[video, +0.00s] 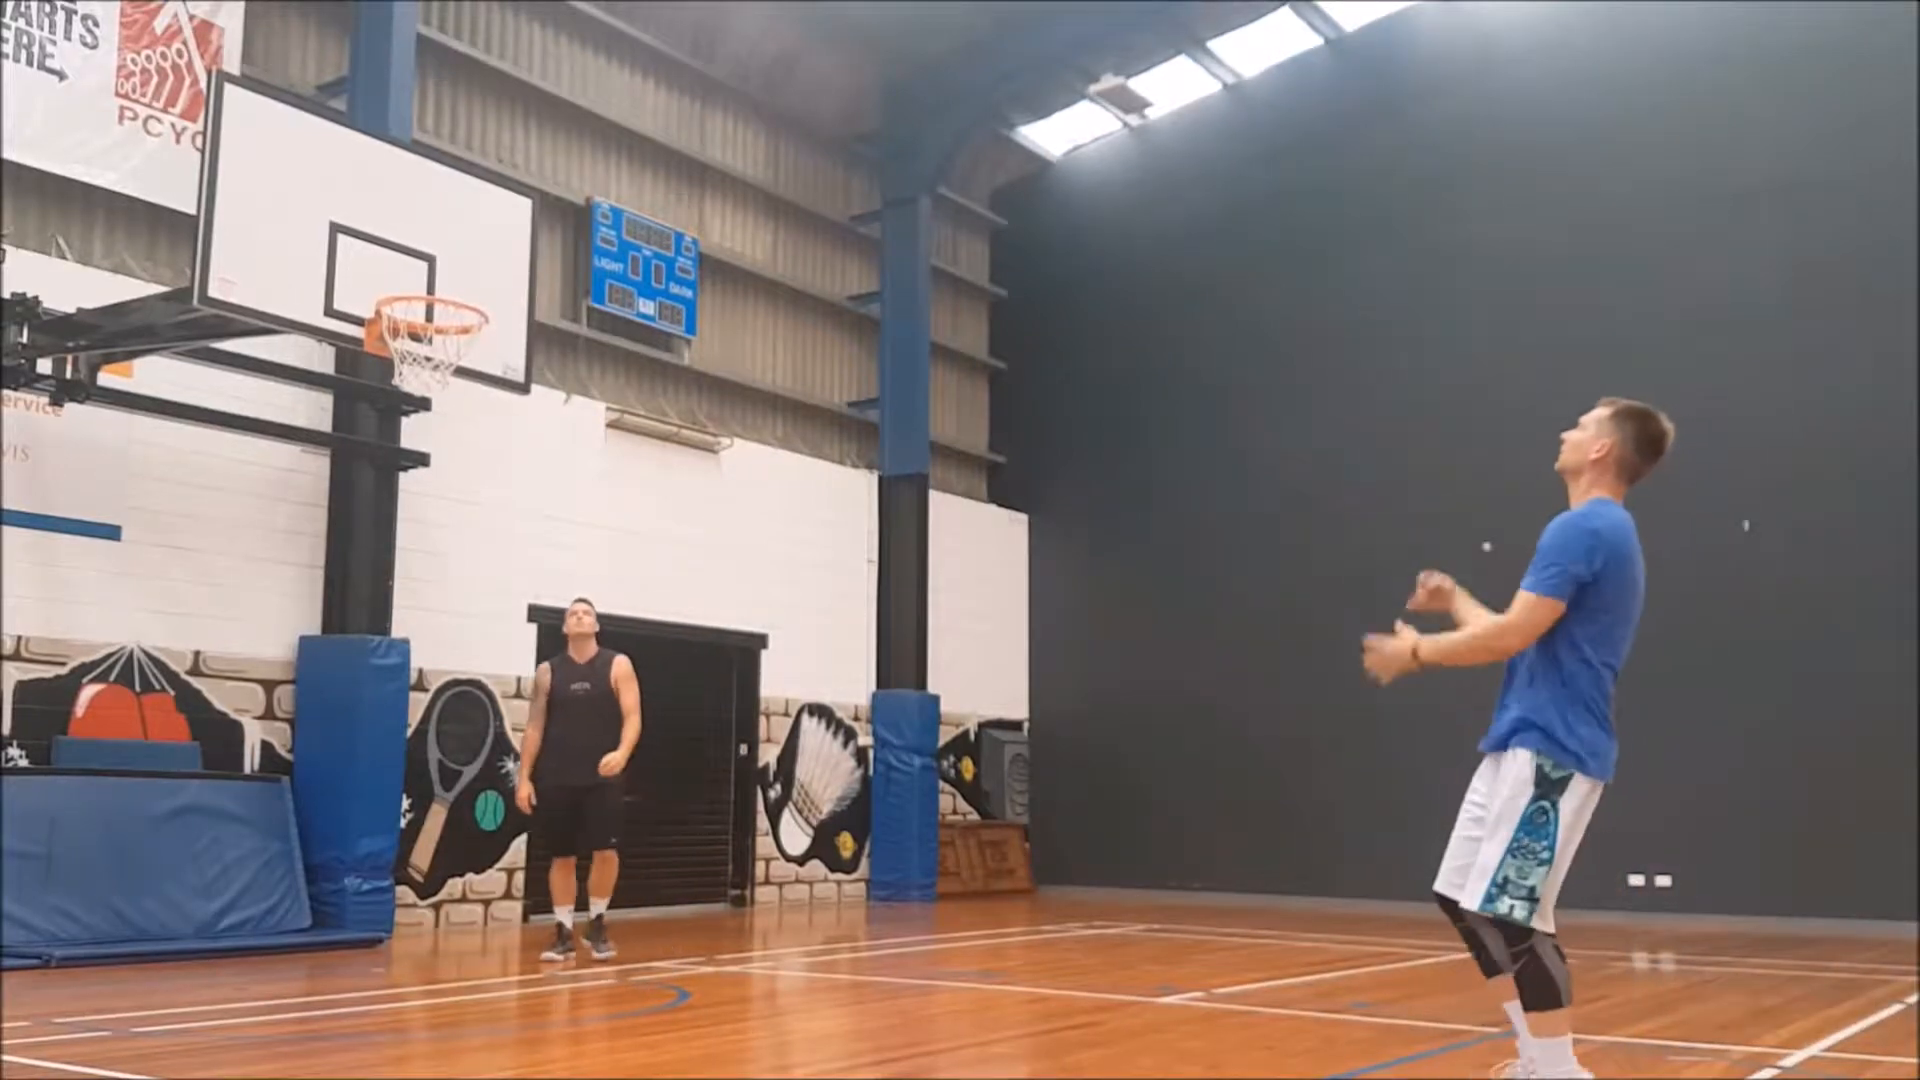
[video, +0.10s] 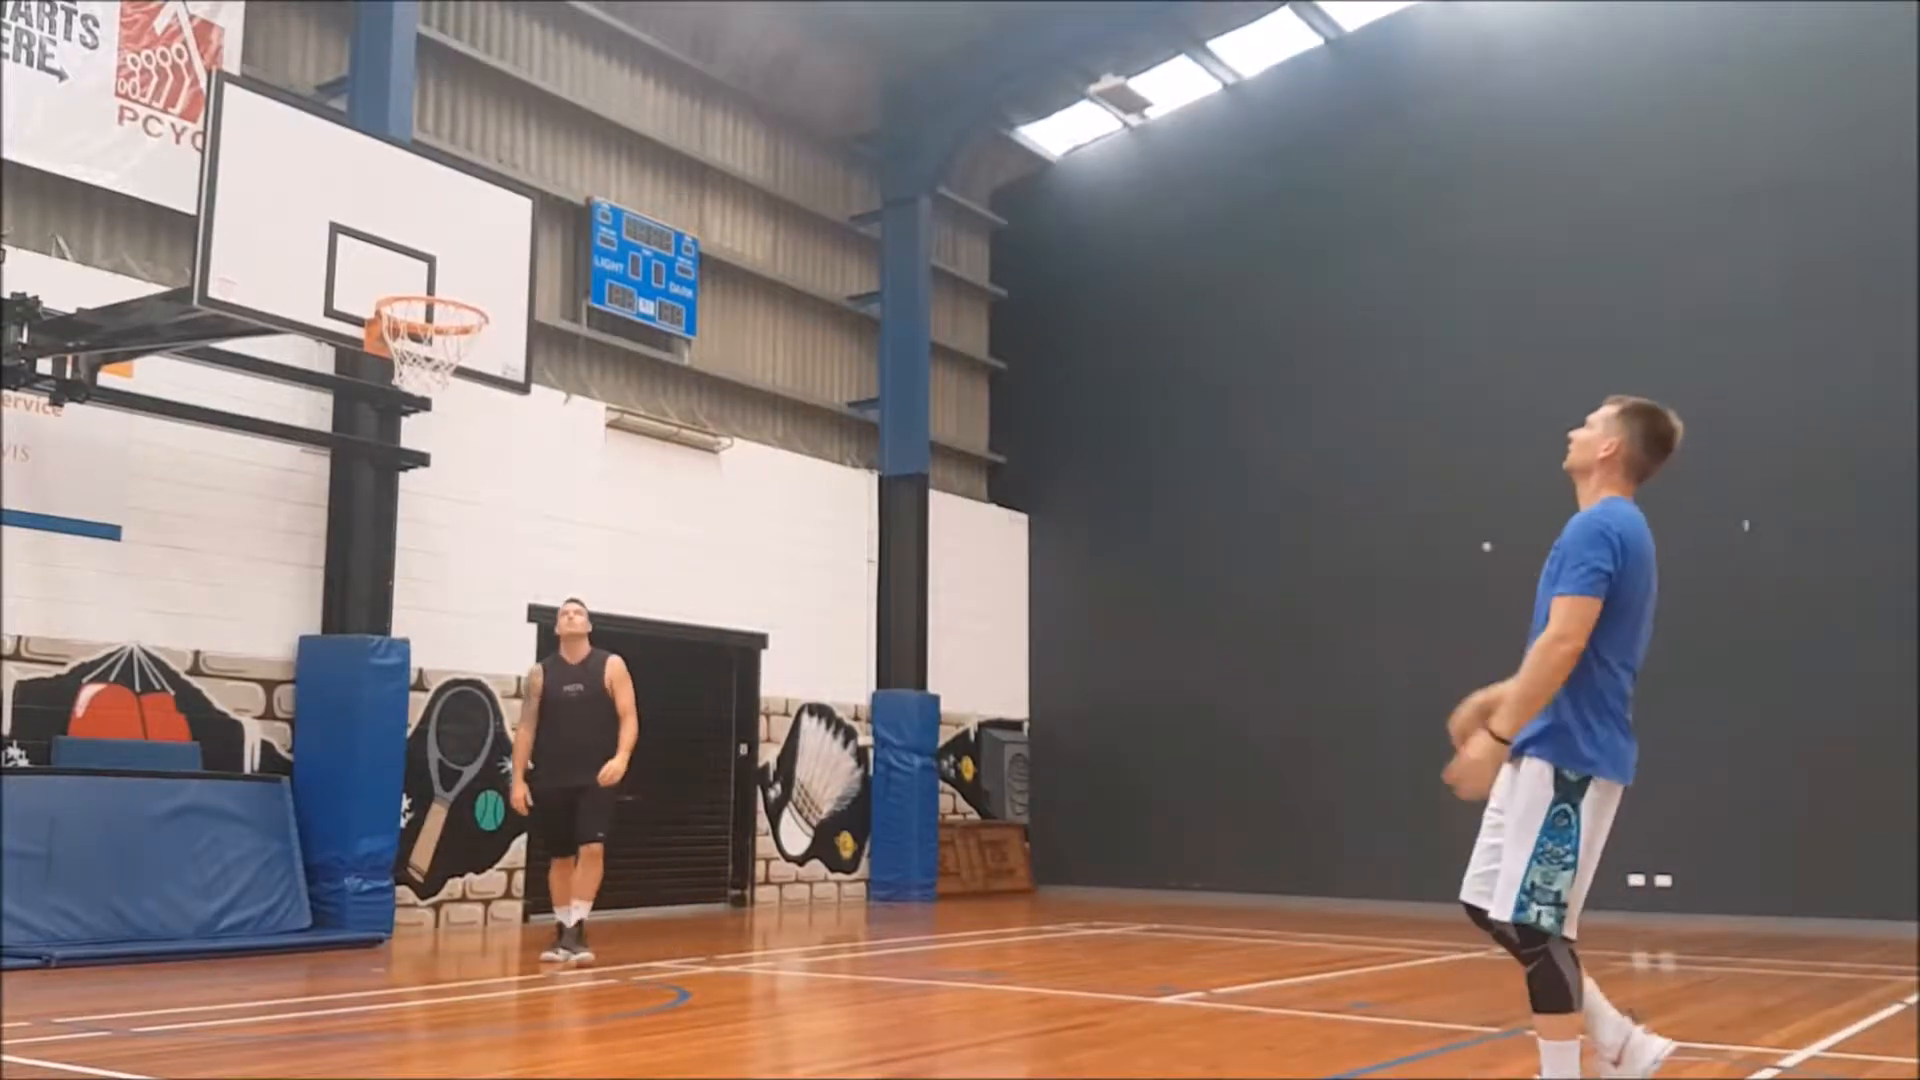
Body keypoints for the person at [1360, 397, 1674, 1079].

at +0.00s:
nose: (1566, 433)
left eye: (1579, 425)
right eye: (1576, 423)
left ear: (1600, 447)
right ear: (1609, 453)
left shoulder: (1585, 528)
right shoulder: (1601, 530)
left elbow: (1509, 635)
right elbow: (1522, 640)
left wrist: (1414, 649)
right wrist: (1457, 602)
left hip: (1555, 750)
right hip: (1531, 743)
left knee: (1508, 908)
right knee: (1461, 895)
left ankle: (1559, 1069)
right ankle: (1536, 1053)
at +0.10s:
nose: (1574, 431)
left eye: (1588, 424)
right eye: (1583, 422)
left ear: (1611, 448)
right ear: (1618, 455)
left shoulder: (1600, 527)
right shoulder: (1607, 527)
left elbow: (1565, 645)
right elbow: (1562, 652)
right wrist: (1490, 700)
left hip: (1575, 755)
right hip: (1547, 749)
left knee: (1533, 924)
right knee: (1487, 904)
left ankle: (1562, 1070)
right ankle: (1620, 1041)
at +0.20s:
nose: (1586, 431)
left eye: (1601, 425)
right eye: (1596, 422)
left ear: (1626, 450)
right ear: (1631, 457)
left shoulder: (1620, 530)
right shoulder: (1634, 529)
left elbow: (1628, 647)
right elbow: (1624, 650)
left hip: (1578, 765)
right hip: (1592, 762)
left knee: (1547, 929)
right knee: (1581, 932)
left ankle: (1560, 1072)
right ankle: (1699, 1040)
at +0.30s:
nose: (1604, 433)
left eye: (1618, 426)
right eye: (1614, 423)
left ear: (1642, 449)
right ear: (1647, 453)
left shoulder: (1651, 525)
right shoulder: (1634, 531)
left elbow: (1703, 628)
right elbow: (1645, 669)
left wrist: (1744, 735)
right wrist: (1668, 770)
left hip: (1612, 767)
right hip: (1631, 765)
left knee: (1572, 930)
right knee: (1638, 939)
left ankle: (1562, 1072)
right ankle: (1759, 1068)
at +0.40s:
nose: (1628, 434)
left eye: (1643, 426)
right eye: (1638, 423)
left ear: (1669, 449)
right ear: (1673, 453)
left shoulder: (1680, 521)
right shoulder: (1665, 528)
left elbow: (1754, 617)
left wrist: (1811, 718)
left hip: (1656, 766)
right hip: (1687, 765)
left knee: (1596, 927)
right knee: (1699, 937)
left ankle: (1571, 1071)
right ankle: (1783, 1069)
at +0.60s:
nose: (1686, 424)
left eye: (1702, 417)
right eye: (1696, 415)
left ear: (1732, 440)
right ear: (1736, 446)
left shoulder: (1741, 508)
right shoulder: (1730, 522)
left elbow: (1784, 622)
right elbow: (1710, 666)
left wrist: (1803, 741)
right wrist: (1673, 760)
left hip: (1738, 760)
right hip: (1767, 759)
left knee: (1673, 917)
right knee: (1770, 926)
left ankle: (1700, 1070)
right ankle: (1805, 1070)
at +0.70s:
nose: (1718, 423)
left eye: (1734, 413)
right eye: (1727, 412)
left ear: (1766, 435)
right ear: (1768, 439)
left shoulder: (1777, 507)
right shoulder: (1763, 518)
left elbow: (1785, 630)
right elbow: (1736, 656)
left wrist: (1746, 743)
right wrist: (1685, 751)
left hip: (1790, 763)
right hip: (1799, 761)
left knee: (1732, 920)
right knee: (1793, 930)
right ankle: (1808, 1062)